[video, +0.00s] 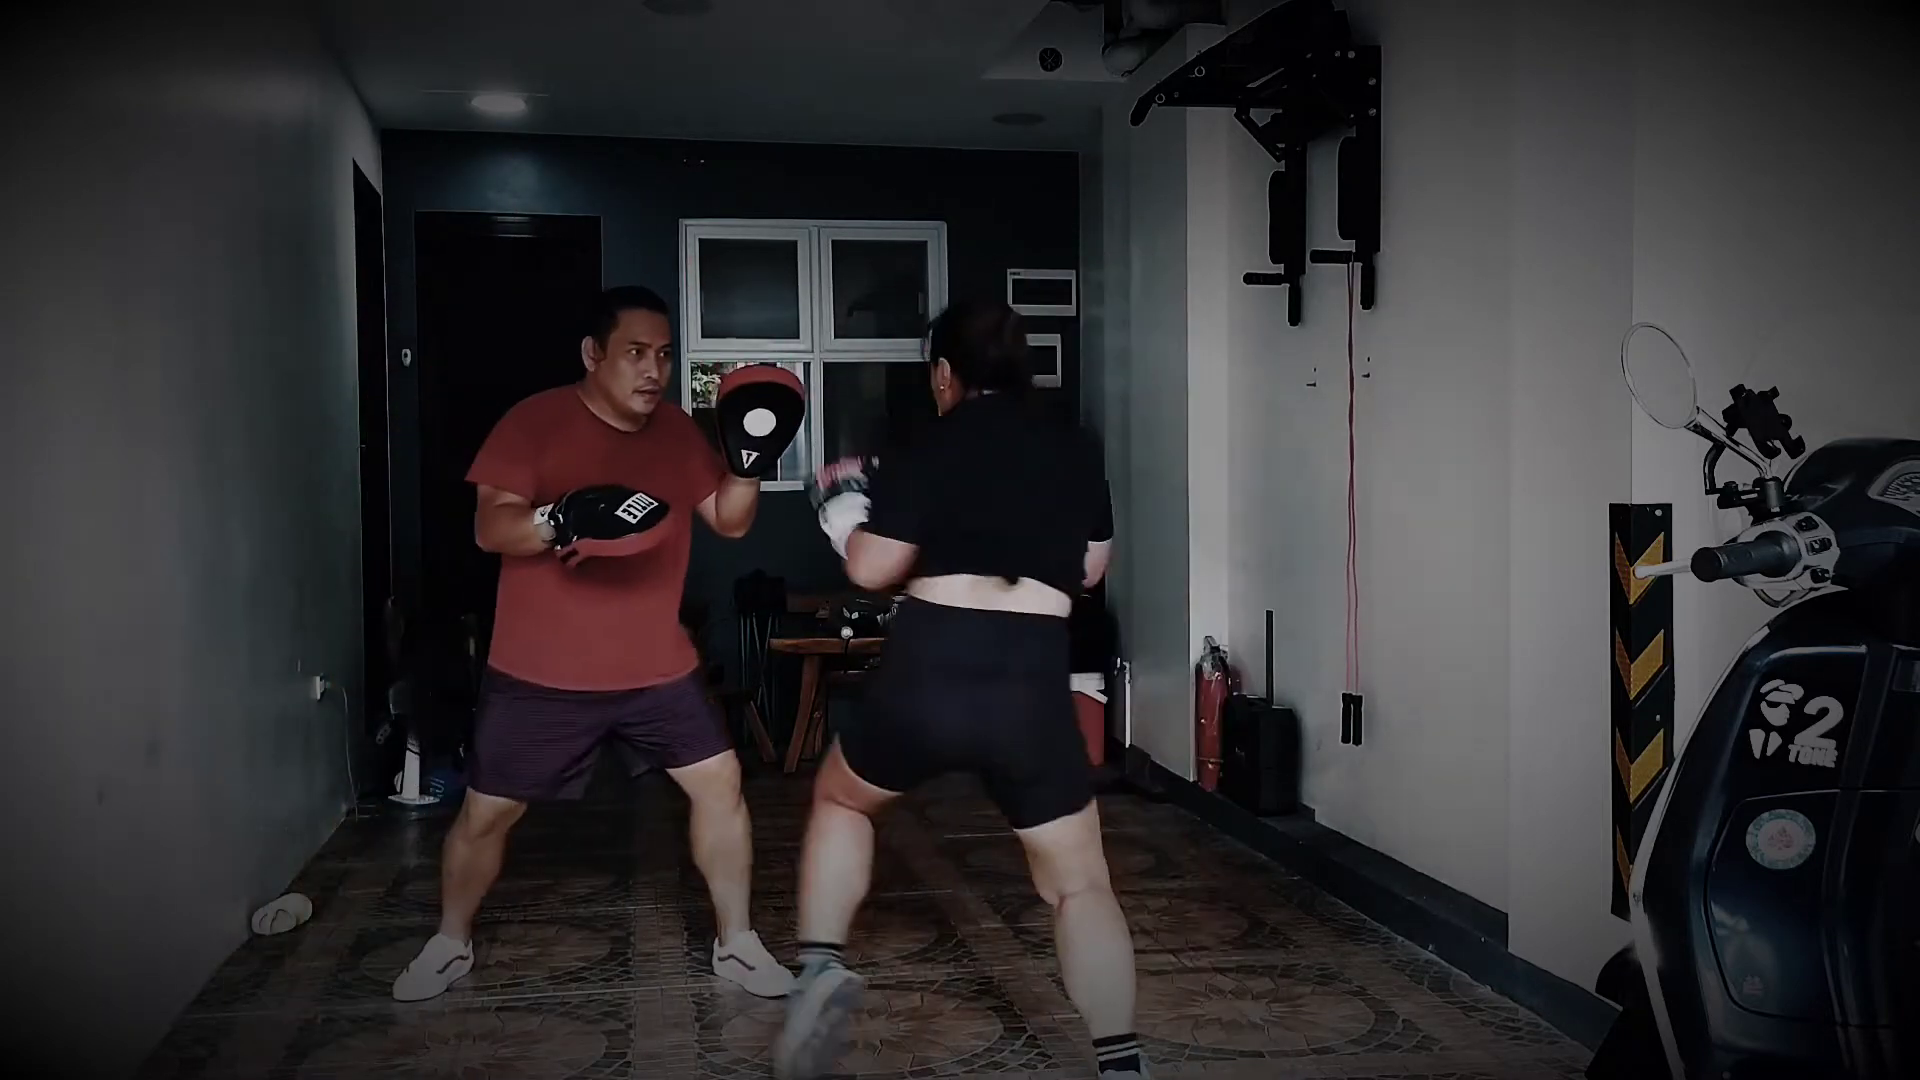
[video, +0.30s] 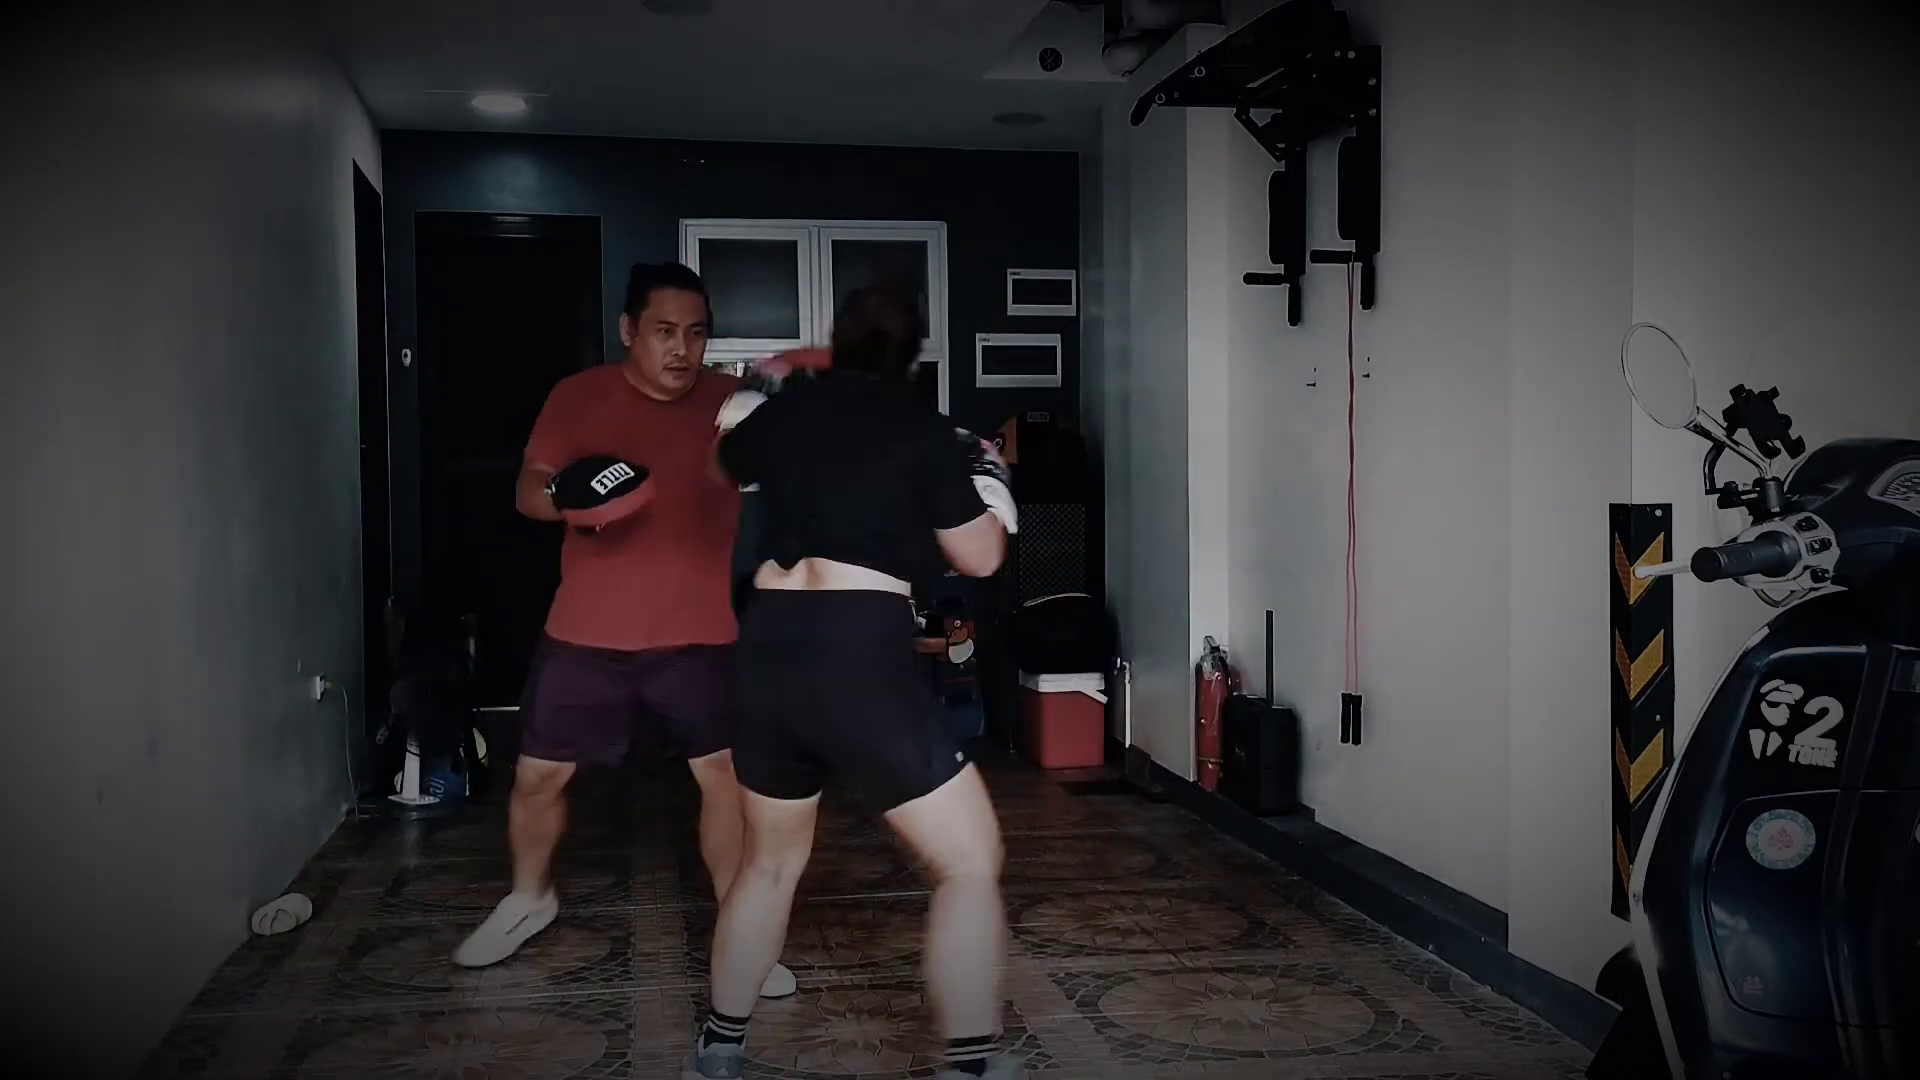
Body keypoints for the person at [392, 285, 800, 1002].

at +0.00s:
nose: (653, 368)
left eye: (663, 353)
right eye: (637, 351)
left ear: (670, 359)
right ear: (592, 353)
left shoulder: (680, 433)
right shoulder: (534, 424)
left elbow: (730, 521)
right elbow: (493, 530)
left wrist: (750, 457)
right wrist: (558, 522)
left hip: (656, 670)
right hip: (539, 674)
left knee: (720, 783)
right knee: (483, 817)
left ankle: (735, 939)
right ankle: (452, 939)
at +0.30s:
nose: (682, 346)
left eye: (695, 331)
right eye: (665, 330)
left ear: (708, 335)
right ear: (628, 331)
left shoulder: (731, 404)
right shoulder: (578, 398)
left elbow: (782, 457)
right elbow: (529, 492)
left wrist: (792, 385)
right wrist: (568, 501)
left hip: (697, 642)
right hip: (584, 641)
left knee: (726, 783)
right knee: (537, 777)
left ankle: (746, 941)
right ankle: (530, 898)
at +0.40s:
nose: (680, 351)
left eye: (694, 335)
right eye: (664, 335)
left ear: (710, 338)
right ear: (631, 334)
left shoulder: (737, 408)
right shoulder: (582, 400)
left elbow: (782, 477)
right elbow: (528, 492)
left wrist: (787, 406)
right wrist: (565, 494)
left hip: (702, 646)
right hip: (593, 646)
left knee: (722, 785)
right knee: (561, 778)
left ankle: (743, 938)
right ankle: (581, 865)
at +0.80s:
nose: (675, 354)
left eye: (689, 340)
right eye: (659, 339)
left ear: (707, 346)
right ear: (631, 345)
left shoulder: (733, 409)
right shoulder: (593, 413)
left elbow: (766, 486)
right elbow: (557, 501)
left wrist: (732, 517)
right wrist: (582, 515)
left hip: (715, 631)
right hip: (621, 635)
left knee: (738, 773)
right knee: (606, 771)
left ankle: (747, 889)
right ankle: (610, 891)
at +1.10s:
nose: (718, 358)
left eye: (732, 345)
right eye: (704, 344)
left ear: (750, 351)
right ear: (678, 350)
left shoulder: (763, 417)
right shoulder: (644, 413)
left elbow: (790, 498)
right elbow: (608, 500)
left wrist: (724, 519)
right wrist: (638, 516)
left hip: (744, 628)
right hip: (664, 625)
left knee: (759, 772)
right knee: (632, 761)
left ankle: (812, 911)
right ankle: (612, 888)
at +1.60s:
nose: (705, 363)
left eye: (719, 351)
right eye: (692, 348)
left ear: (737, 356)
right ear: (667, 350)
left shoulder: (756, 412)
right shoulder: (631, 418)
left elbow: (839, 451)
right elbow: (596, 504)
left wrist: (812, 390)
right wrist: (628, 504)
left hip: (750, 631)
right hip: (651, 631)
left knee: (786, 773)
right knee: (616, 761)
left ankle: (829, 908)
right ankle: (608, 893)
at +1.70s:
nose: (699, 363)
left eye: (714, 350)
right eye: (686, 349)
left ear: (734, 355)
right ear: (663, 351)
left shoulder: (760, 411)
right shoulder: (631, 420)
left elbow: (830, 467)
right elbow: (595, 501)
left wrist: (833, 415)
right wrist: (610, 509)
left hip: (755, 635)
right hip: (651, 631)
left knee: (784, 772)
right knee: (613, 762)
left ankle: (828, 907)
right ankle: (607, 893)